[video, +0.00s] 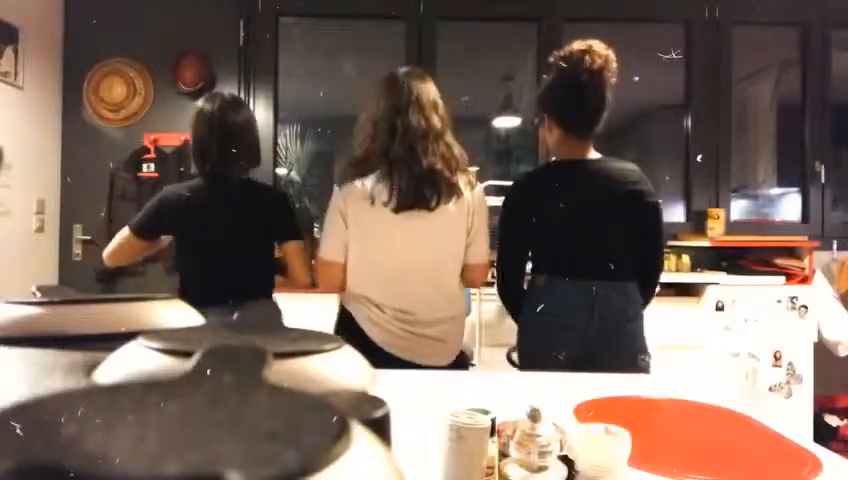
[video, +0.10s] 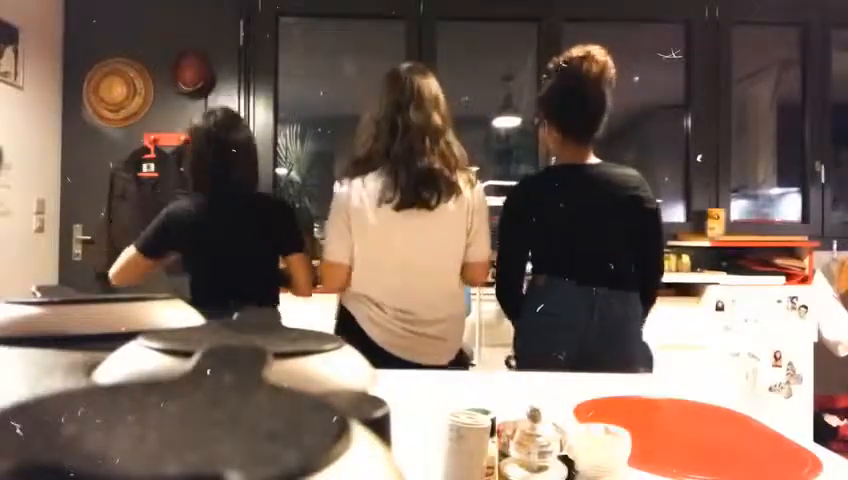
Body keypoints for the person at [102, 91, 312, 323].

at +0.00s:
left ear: (196, 144)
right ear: (250, 142)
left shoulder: (176, 200)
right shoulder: (272, 200)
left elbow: (112, 257)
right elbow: (302, 278)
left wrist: (163, 242)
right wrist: (264, 260)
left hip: (197, 331)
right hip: (262, 331)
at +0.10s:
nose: (184, 165)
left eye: (188, 155)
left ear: (196, 162)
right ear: (249, 158)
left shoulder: (183, 215)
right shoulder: (276, 211)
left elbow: (120, 276)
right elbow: (304, 287)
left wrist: (171, 259)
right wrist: (271, 270)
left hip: (205, 342)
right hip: (266, 342)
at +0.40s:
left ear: (198, 158)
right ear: (253, 153)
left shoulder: (184, 208)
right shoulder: (278, 204)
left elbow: (117, 268)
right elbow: (303, 281)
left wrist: (170, 257)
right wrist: (270, 264)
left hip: (196, 331)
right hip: (261, 332)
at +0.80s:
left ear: (198, 146)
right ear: (260, 145)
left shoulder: (182, 202)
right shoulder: (281, 202)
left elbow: (139, 270)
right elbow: (306, 279)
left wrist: (177, 246)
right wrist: (274, 260)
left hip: (202, 332)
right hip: (265, 331)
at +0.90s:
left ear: (206, 157)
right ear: (263, 154)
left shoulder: (191, 208)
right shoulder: (283, 208)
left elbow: (166, 264)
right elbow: (309, 286)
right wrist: (279, 260)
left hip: (209, 335)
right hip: (269, 335)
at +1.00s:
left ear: (204, 149)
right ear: (262, 146)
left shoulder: (190, 199)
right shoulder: (284, 200)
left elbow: (183, 250)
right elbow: (309, 280)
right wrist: (279, 257)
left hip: (207, 327)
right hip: (268, 325)